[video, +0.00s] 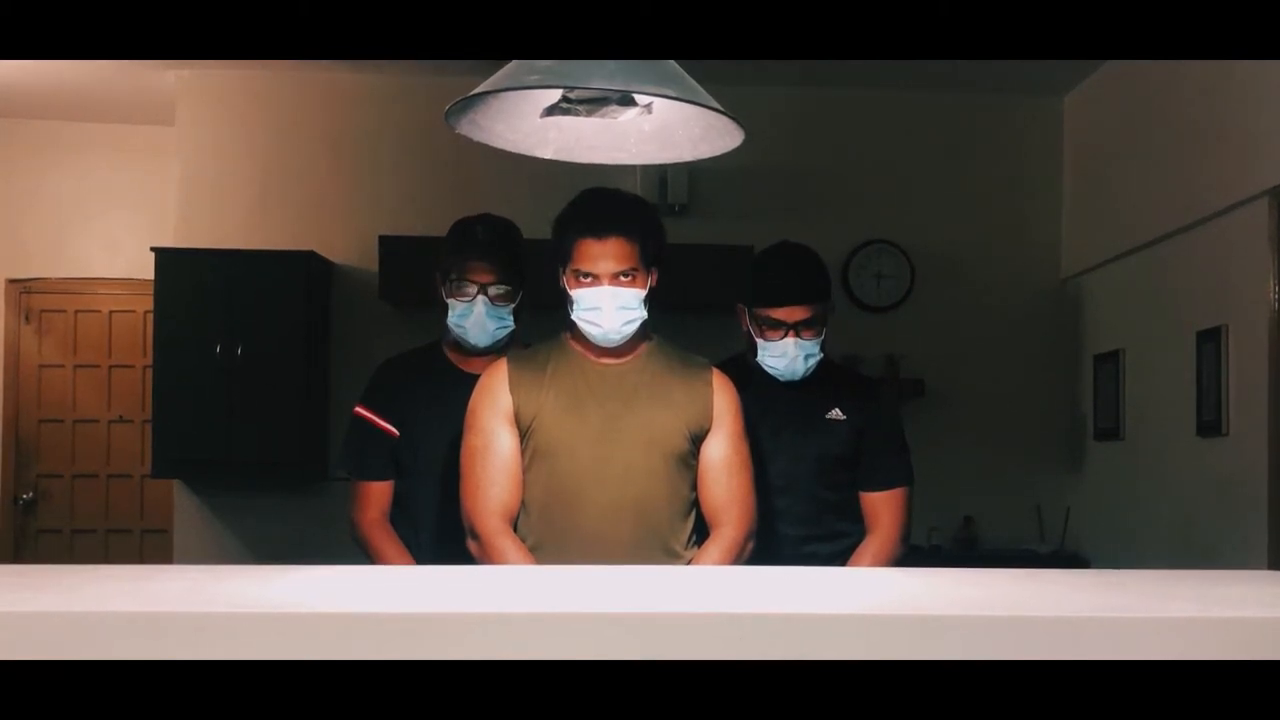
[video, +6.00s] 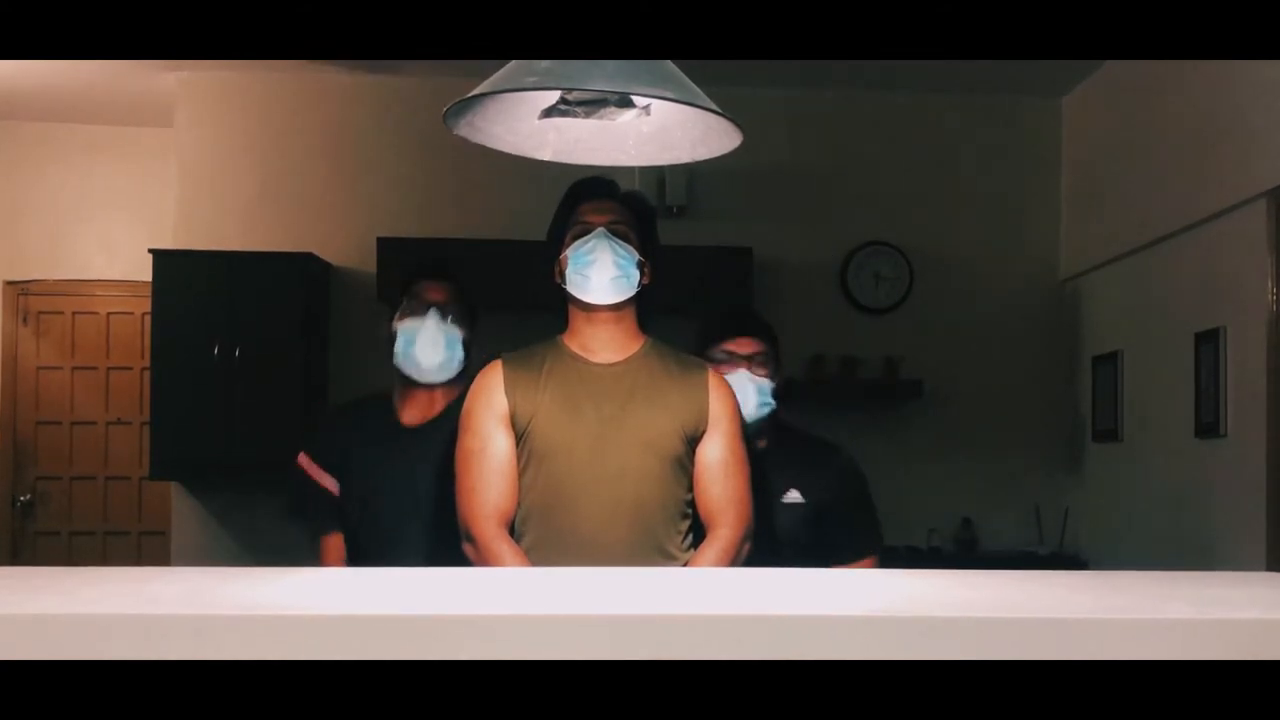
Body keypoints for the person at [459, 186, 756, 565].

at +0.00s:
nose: (606, 295)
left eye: (624, 276)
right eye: (587, 278)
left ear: (649, 279)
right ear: (564, 280)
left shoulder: (707, 390)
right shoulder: (507, 383)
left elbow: (733, 532)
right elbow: (488, 529)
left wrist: (670, 615)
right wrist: (554, 611)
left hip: (667, 615)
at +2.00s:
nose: (603, 266)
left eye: (622, 251)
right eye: (585, 251)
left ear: (647, 270)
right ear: (562, 269)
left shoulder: (706, 389)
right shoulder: (505, 382)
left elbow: (732, 531)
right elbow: (484, 529)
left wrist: (668, 616)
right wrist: (551, 615)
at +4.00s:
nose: (603, 239)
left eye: (621, 231)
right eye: (585, 230)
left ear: (646, 267)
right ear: (562, 261)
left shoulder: (704, 388)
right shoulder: (502, 381)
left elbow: (731, 531)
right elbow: (483, 531)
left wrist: (667, 615)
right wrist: (552, 615)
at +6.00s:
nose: (600, 244)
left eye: (618, 235)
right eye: (582, 235)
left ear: (644, 268)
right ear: (559, 265)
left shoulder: (703, 389)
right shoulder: (501, 384)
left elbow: (729, 531)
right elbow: (484, 532)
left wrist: (667, 616)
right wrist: (551, 617)